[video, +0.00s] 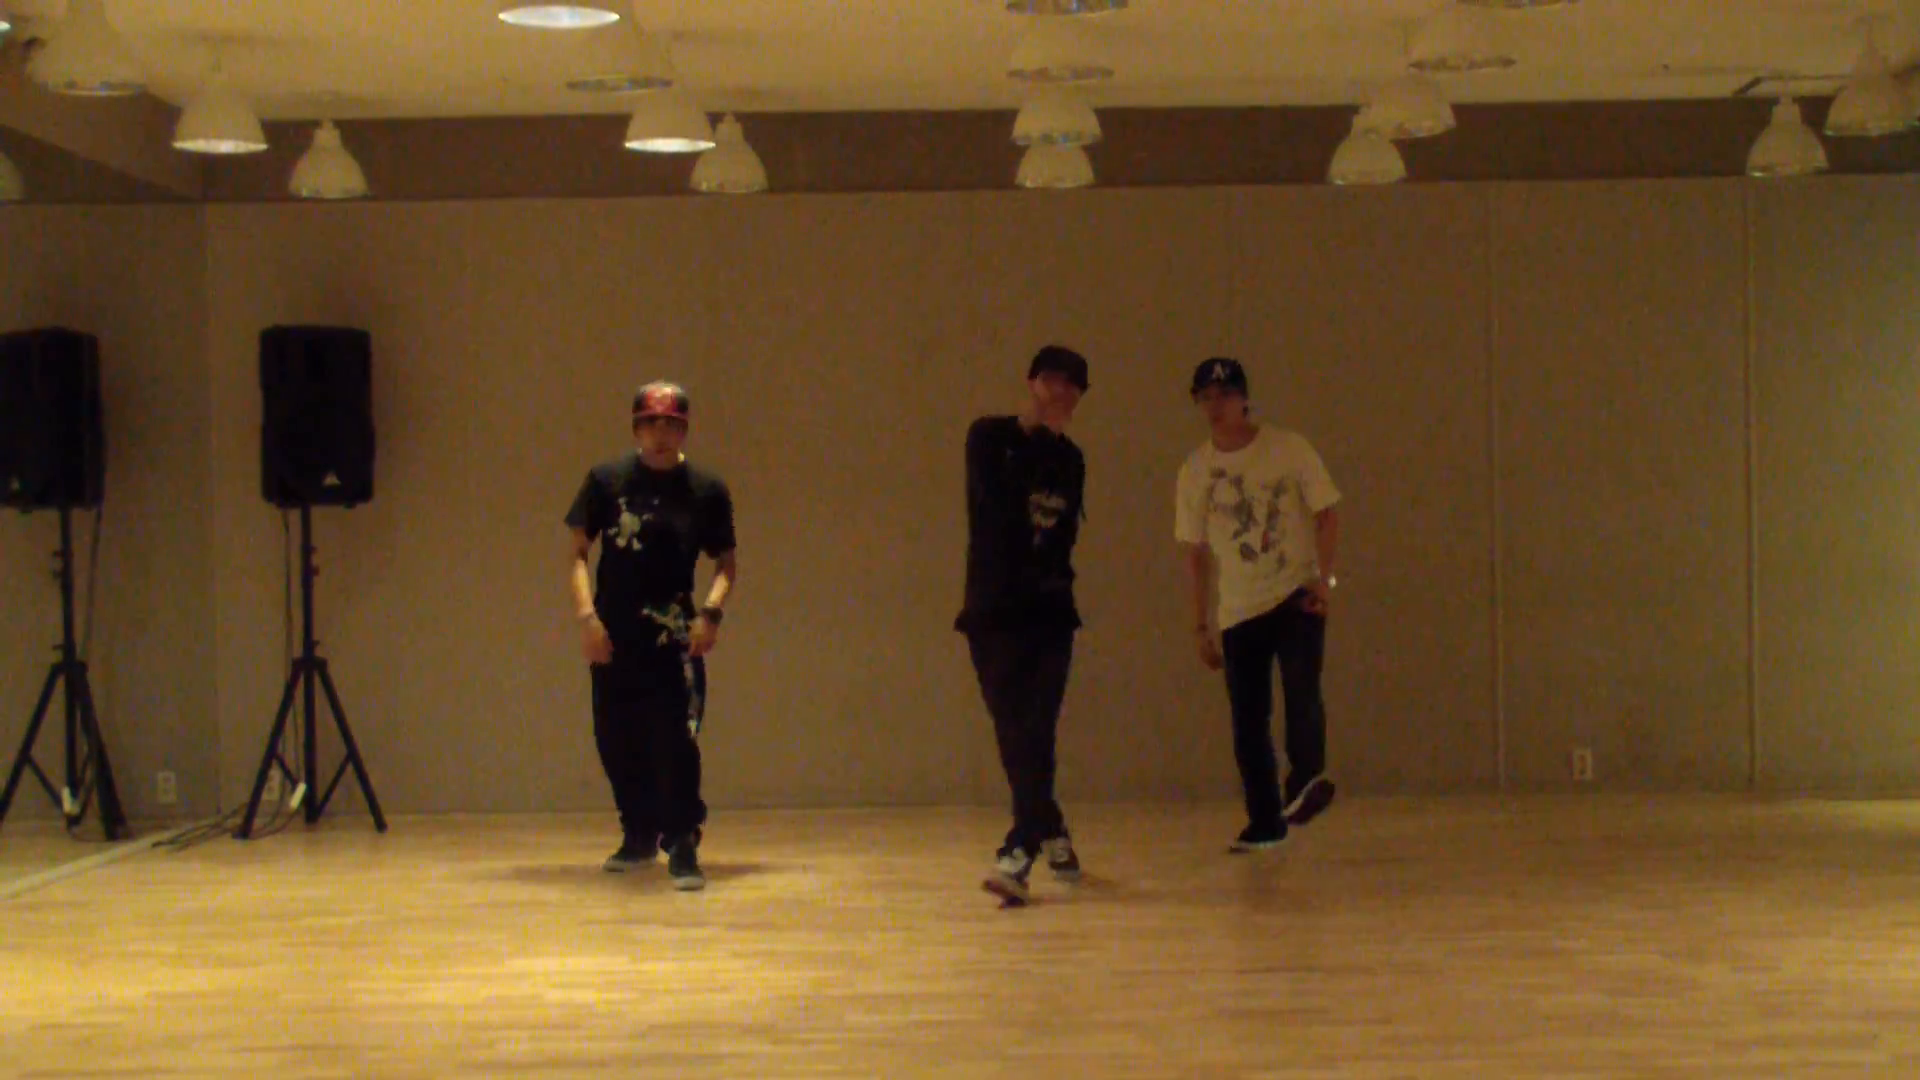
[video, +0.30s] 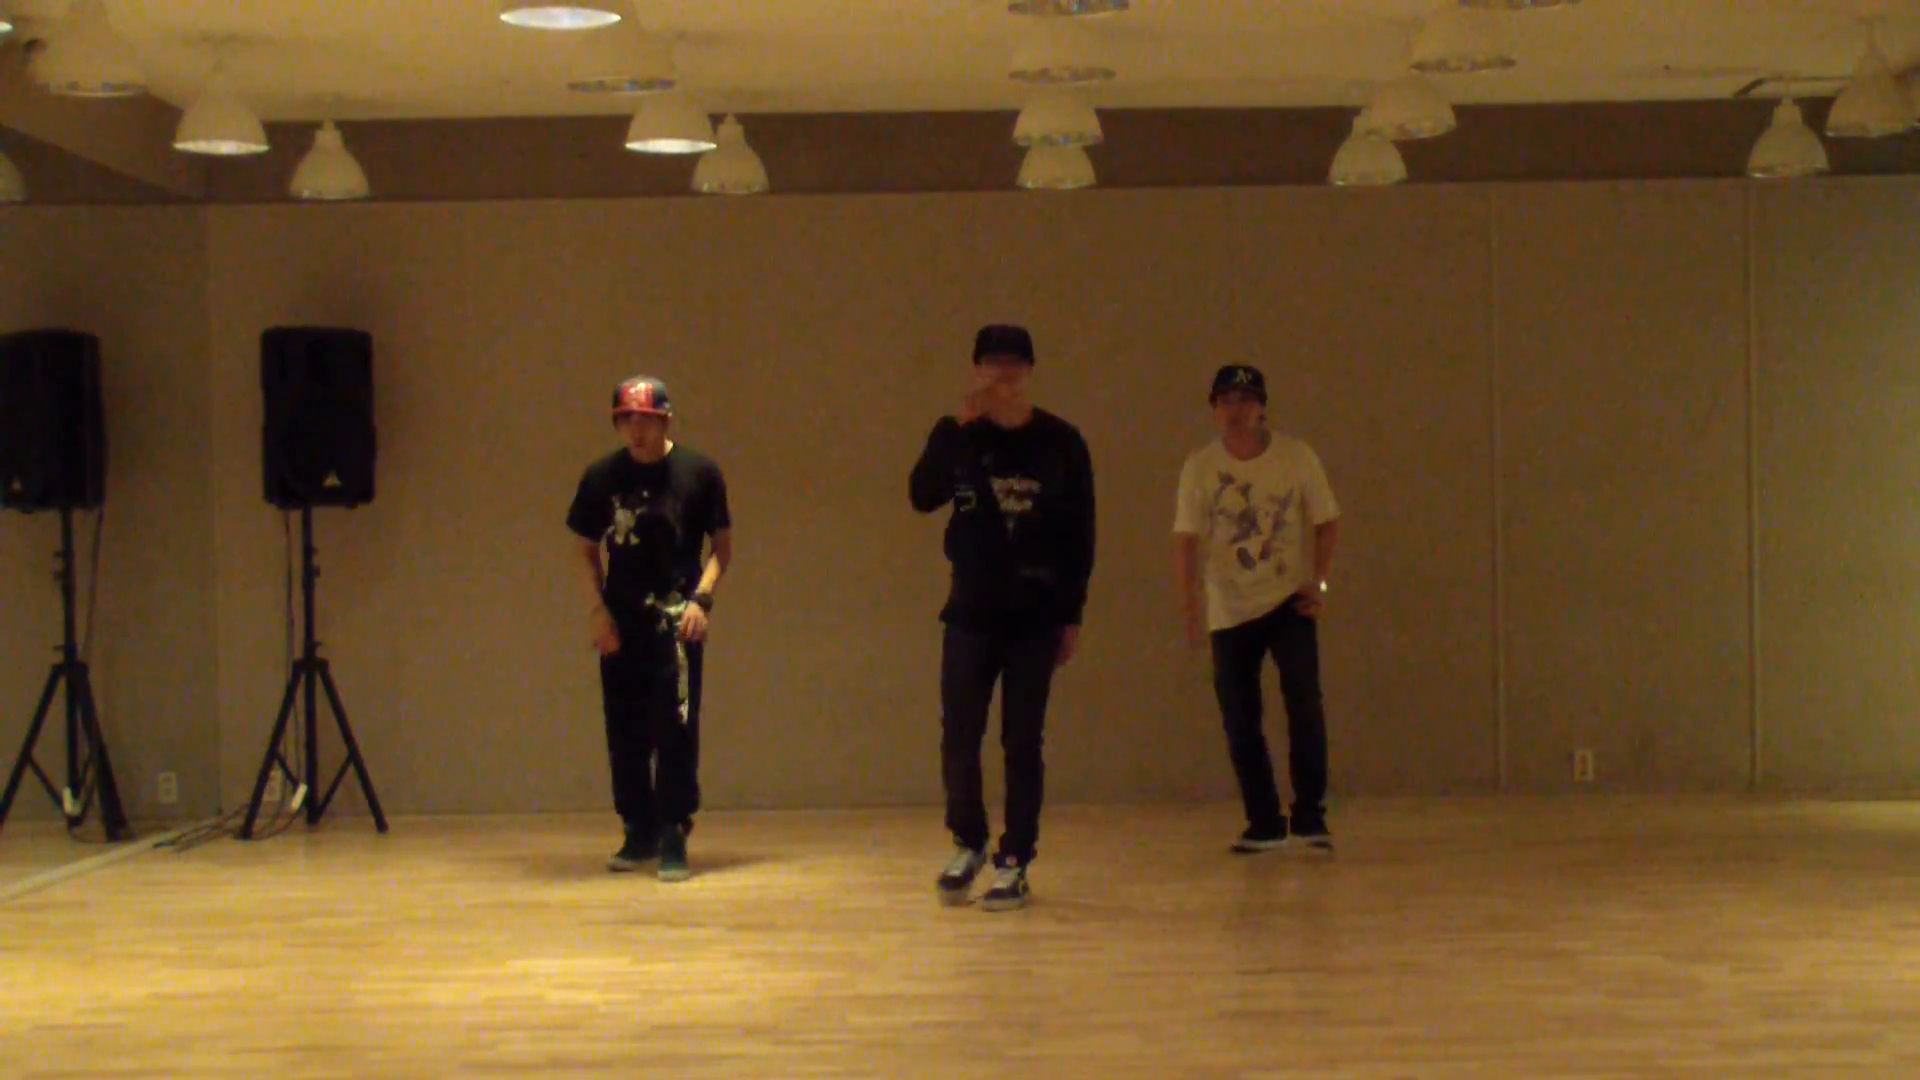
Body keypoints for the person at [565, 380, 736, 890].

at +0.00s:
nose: (660, 434)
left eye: (670, 425)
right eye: (650, 424)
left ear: (685, 431)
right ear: (635, 430)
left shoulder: (706, 492)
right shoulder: (606, 483)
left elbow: (725, 563)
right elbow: (577, 553)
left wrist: (711, 613)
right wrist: (587, 616)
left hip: (674, 639)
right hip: (616, 636)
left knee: (676, 741)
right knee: (619, 741)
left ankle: (683, 845)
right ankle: (638, 836)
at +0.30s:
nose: (636, 429)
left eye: (645, 419)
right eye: (627, 420)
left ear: (665, 421)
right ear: (617, 425)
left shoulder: (699, 474)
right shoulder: (602, 477)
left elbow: (720, 546)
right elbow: (585, 550)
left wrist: (700, 599)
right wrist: (597, 611)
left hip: (678, 620)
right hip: (622, 619)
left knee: (677, 731)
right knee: (626, 732)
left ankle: (674, 838)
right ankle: (638, 833)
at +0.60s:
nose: (649, 432)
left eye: (658, 422)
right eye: (640, 423)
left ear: (677, 423)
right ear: (629, 427)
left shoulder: (709, 472)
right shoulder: (613, 476)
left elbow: (739, 535)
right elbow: (595, 542)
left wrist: (713, 581)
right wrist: (609, 587)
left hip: (688, 620)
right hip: (632, 620)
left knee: (690, 729)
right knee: (635, 730)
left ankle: (692, 834)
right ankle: (641, 836)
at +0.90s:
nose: (668, 436)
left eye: (677, 426)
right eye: (660, 426)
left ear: (696, 427)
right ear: (648, 430)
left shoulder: (727, 477)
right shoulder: (628, 479)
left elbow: (760, 543)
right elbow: (610, 546)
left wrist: (729, 587)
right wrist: (628, 587)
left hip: (701, 623)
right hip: (644, 623)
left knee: (704, 731)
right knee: (642, 729)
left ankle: (695, 832)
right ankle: (649, 831)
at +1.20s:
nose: (670, 437)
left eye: (679, 428)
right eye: (661, 428)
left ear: (698, 429)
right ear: (650, 431)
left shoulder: (728, 480)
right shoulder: (630, 481)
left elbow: (763, 545)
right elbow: (611, 546)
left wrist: (730, 590)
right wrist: (630, 587)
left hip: (704, 620)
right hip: (648, 619)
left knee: (705, 725)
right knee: (646, 714)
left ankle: (697, 827)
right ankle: (666, 793)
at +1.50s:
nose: (658, 429)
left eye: (667, 420)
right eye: (650, 421)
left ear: (686, 425)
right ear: (637, 427)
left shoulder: (714, 478)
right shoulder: (619, 480)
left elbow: (744, 531)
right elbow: (606, 540)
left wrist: (733, 589)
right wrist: (601, 582)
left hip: (699, 631)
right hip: (638, 628)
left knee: (696, 737)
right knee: (643, 739)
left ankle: (698, 830)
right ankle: (652, 839)